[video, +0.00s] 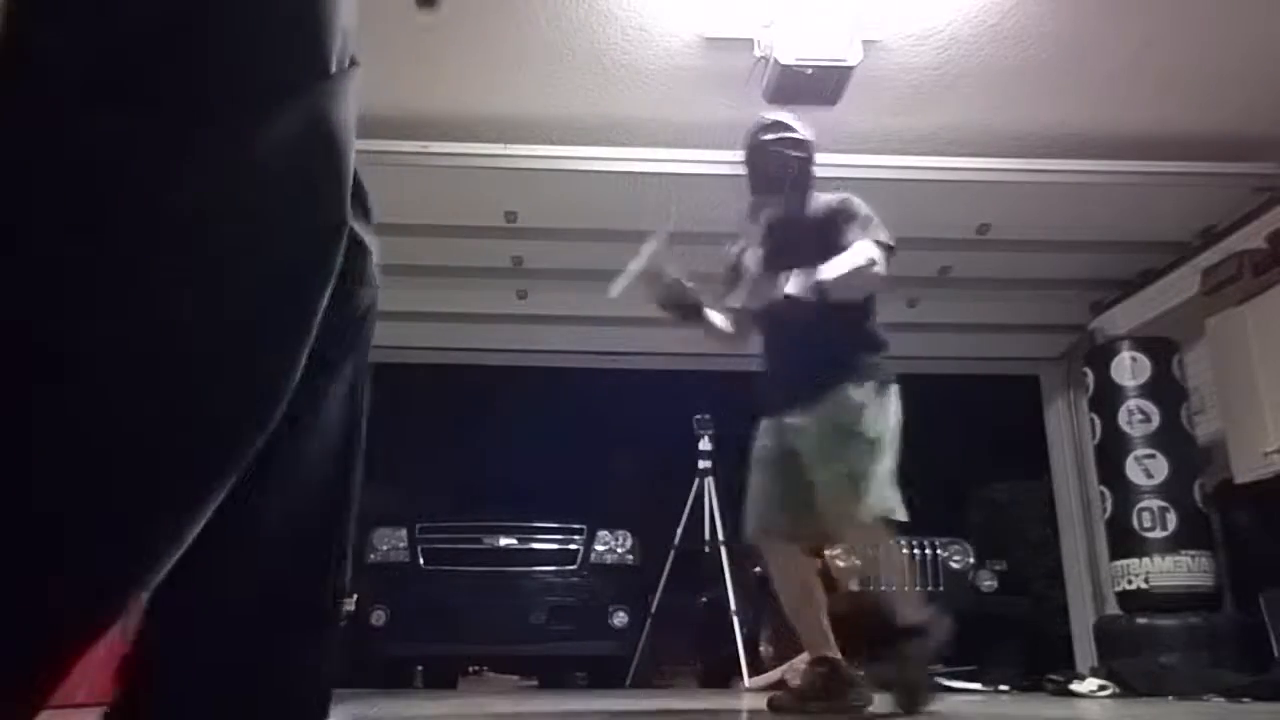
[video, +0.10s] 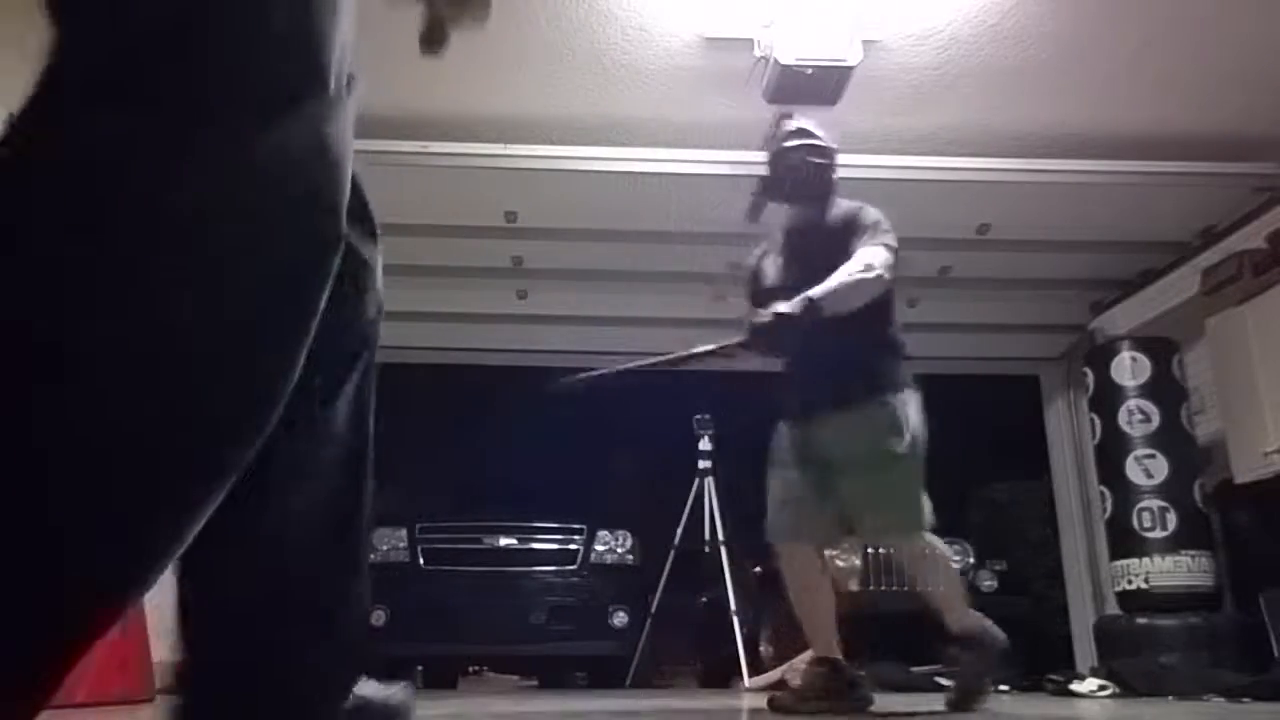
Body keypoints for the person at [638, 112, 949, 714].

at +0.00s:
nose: (780, 162)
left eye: (791, 152)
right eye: (768, 153)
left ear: (809, 160)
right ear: (748, 164)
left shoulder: (839, 210)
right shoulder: (751, 247)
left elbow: (871, 263)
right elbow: (736, 326)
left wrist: (807, 283)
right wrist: (691, 306)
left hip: (851, 393)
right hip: (784, 407)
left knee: (857, 522)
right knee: (775, 533)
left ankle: (915, 630)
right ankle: (827, 667)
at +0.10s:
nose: (807, 169)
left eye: (816, 158)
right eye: (794, 160)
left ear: (833, 165)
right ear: (772, 173)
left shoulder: (863, 220)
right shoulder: (768, 258)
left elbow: (873, 273)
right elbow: (771, 338)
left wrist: (800, 306)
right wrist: (751, 341)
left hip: (873, 406)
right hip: (804, 415)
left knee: (900, 533)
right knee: (793, 539)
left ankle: (972, 634)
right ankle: (829, 669)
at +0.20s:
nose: (825, 177)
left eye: (837, 166)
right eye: (814, 167)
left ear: (857, 175)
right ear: (798, 179)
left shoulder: (885, 230)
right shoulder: (791, 254)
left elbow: (883, 272)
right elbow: (772, 330)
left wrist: (806, 284)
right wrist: (789, 349)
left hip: (898, 415)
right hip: (826, 424)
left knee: (937, 542)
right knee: (811, 536)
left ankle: (989, 659)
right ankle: (833, 665)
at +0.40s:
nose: (847, 207)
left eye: (857, 194)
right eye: (836, 198)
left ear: (878, 192)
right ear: (822, 204)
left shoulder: (908, 249)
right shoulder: (814, 267)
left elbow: (917, 315)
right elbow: (781, 336)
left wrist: (875, 301)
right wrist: (723, 352)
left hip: (923, 421)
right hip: (854, 429)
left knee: (947, 546)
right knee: (828, 530)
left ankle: (996, 669)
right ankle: (892, 656)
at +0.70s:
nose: (808, 222)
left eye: (818, 211)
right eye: (799, 216)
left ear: (846, 213)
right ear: (791, 229)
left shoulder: (878, 258)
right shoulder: (819, 282)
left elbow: (883, 323)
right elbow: (822, 343)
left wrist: (816, 354)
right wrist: (800, 301)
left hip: (908, 407)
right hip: (868, 416)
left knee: (887, 528)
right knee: (870, 544)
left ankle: (953, 643)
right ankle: (952, 659)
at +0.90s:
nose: (788, 226)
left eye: (797, 215)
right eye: (779, 219)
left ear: (824, 217)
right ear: (770, 232)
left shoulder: (844, 254)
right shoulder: (806, 286)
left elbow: (807, 292)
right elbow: (791, 379)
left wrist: (756, 307)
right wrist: (761, 333)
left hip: (892, 410)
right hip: (875, 416)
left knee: (827, 524)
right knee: (869, 552)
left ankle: (800, 665)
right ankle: (952, 662)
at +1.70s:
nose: (821, 226)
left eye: (829, 214)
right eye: (819, 217)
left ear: (862, 212)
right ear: (834, 223)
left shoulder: (897, 250)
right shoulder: (863, 275)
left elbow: (886, 314)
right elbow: (874, 365)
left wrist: (812, 329)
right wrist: (814, 356)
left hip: (944, 406)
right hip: (907, 418)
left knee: (967, 528)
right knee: (898, 542)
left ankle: (1072, 647)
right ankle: (934, 669)